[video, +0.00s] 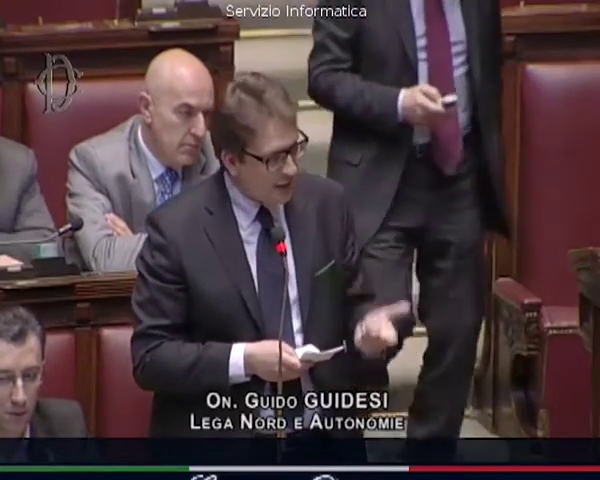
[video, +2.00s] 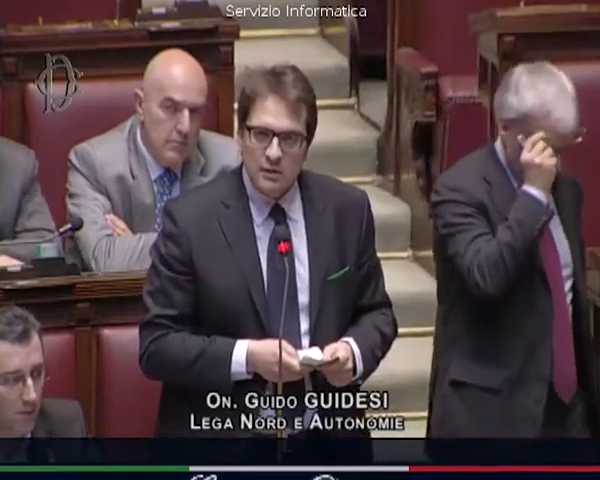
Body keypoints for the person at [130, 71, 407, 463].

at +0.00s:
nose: (291, 168)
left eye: (295, 150)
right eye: (274, 159)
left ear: (301, 136)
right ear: (231, 160)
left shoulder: (328, 201)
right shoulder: (174, 227)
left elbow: (357, 305)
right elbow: (150, 358)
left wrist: (372, 332)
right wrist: (244, 359)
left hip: (323, 437)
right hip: (218, 444)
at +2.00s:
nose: (274, 153)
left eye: (290, 138)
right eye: (260, 135)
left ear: (308, 142)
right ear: (239, 134)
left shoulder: (348, 209)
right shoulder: (188, 217)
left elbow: (378, 314)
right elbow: (157, 346)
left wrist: (353, 352)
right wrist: (246, 356)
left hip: (327, 438)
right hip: (220, 440)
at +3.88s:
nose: (291, 200)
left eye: (301, 184)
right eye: (278, 187)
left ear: (311, 163)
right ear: (239, 166)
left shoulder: (329, 203)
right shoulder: (179, 226)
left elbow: (355, 302)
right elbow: (155, 357)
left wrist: (353, 339)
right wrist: (248, 358)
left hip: (320, 439)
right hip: (217, 445)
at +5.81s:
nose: (296, 207)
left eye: (308, 191)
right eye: (283, 193)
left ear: (319, 168)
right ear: (247, 168)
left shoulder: (341, 208)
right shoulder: (186, 223)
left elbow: (368, 311)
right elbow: (161, 355)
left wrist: (359, 345)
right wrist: (250, 357)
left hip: (323, 441)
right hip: (220, 445)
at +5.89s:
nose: (296, 207)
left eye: (308, 191)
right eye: (283, 193)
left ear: (319, 168)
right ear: (246, 168)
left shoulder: (340, 207)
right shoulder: (186, 223)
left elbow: (367, 311)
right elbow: (161, 355)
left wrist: (358, 346)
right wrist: (250, 357)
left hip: (323, 439)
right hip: (220, 444)